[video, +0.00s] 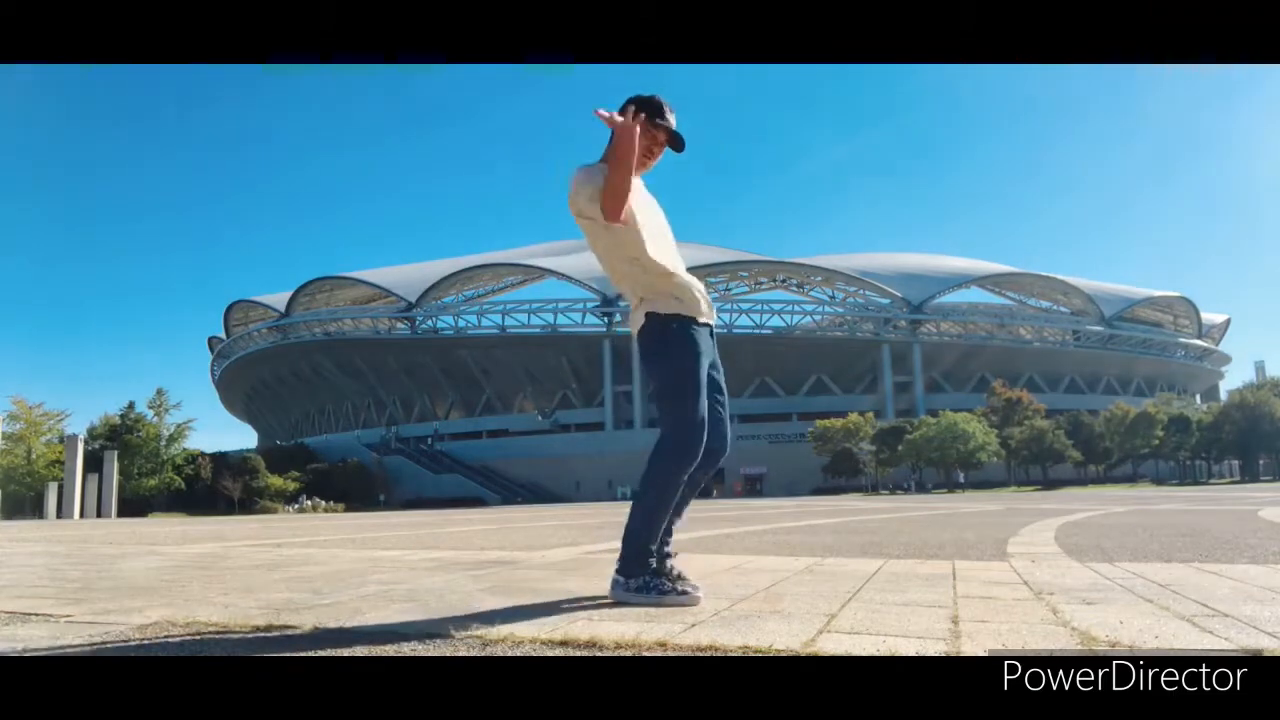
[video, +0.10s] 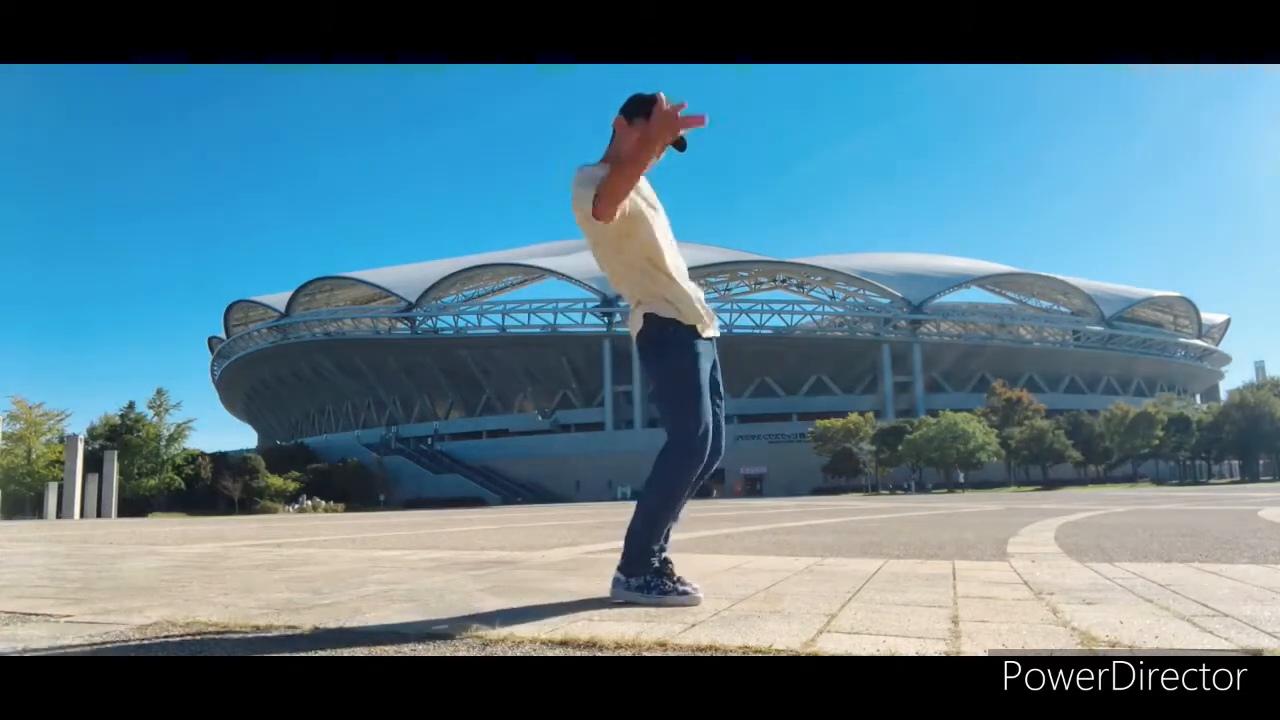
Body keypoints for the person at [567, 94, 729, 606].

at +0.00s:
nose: (657, 152)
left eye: (664, 146)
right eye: (651, 140)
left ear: (663, 149)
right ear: (625, 131)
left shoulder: (639, 189)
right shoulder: (588, 179)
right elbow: (612, 211)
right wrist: (625, 140)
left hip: (698, 328)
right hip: (668, 326)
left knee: (714, 443)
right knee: (683, 438)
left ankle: (654, 557)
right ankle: (633, 571)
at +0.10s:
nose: (655, 150)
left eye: (662, 143)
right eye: (650, 138)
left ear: (640, 136)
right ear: (623, 125)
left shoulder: (633, 182)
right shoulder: (589, 178)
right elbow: (605, 209)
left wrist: (662, 134)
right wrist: (652, 141)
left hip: (694, 329)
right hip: (666, 330)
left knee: (708, 448)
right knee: (688, 442)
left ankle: (651, 562)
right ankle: (635, 570)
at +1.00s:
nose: (647, 197)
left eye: (653, 190)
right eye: (639, 187)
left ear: (657, 193)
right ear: (615, 186)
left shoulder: (661, 236)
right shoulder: (598, 228)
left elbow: (676, 302)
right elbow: (652, 255)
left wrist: (697, 345)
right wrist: (691, 257)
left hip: (672, 360)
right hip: (627, 358)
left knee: (682, 462)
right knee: (641, 445)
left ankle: (645, 544)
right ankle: (640, 557)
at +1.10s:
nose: (642, 194)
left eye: (649, 188)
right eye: (634, 185)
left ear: (656, 195)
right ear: (615, 190)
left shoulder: (665, 243)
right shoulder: (599, 233)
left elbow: (676, 310)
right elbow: (629, 274)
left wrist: (690, 354)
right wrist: (682, 279)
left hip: (669, 363)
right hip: (622, 360)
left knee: (674, 459)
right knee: (632, 439)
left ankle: (642, 550)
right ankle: (615, 549)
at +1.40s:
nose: (636, 214)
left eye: (643, 209)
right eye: (629, 209)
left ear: (654, 216)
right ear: (616, 216)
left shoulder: (668, 267)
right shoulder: (600, 254)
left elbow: (675, 332)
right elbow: (585, 312)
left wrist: (678, 382)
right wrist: (584, 362)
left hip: (659, 383)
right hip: (611, 381)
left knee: (663, 464)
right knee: (610, 469)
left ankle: (644, 551)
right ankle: (627, 537)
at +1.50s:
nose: (637, 226)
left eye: (643, 220)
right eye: (629, 220)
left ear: (654, 227)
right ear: (616, 228)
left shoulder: (668, 279)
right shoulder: (599, 267)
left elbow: (675, 342)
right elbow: (585, 325)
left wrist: (681, 390)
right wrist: (573, 374)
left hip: (659, 390)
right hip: (612, 389)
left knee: (660, 469)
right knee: (618, 475)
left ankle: (639, 549)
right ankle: (644, 545)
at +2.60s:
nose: (684, 223)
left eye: (689, 217)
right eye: (676, 217)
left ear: (698, 223)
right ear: (662, 224)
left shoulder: (715, 269)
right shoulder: (644, 267)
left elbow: (719, 322)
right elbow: (616, 315)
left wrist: (710, 365)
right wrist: (618, 363)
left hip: (710, 381)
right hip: (665, 371)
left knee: (709, 466)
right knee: (639, 439)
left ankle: (692, 549)